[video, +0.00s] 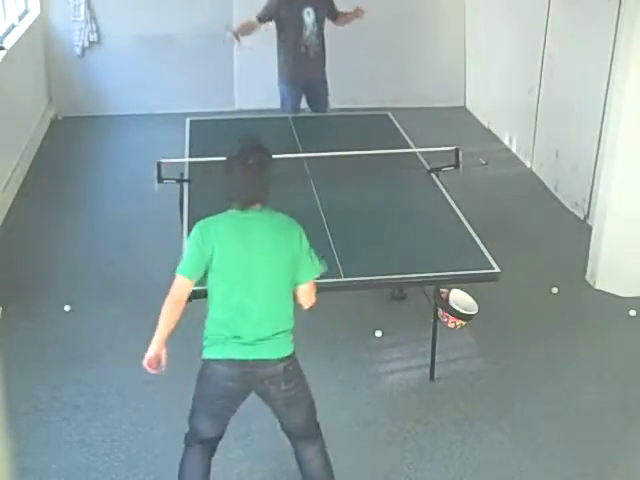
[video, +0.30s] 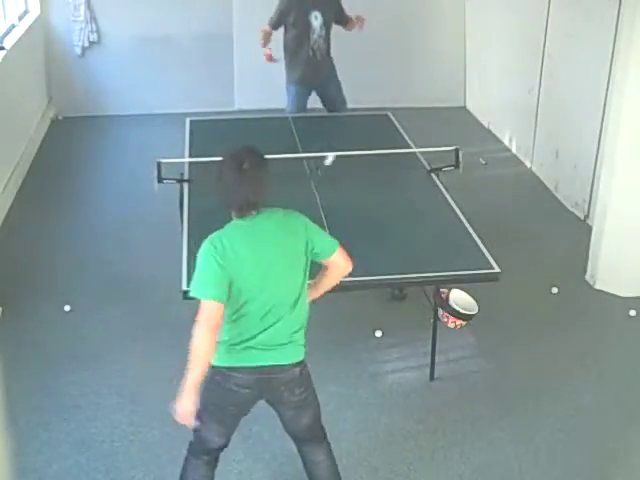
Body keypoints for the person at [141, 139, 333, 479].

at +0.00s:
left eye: (233, 176)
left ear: (227, 182)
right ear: (265, 184)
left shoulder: (207, 230)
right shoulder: (289, 229)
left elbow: (179, 293)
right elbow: (307, 298)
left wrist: (159, 341)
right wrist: (284, 275)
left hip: (223, 365)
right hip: (279, 364)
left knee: (199, 445)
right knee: (308, 442)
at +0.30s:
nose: (222, 186)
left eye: (224, 180)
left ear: (224, 187)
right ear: (264, 184)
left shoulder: (218, 246)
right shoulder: (296, 224)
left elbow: (208, 325)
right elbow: (341, 264)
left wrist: (189, 391)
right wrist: (308, 293)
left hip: (233, 377)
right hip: (288, 373)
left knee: (203, 454)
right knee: (314, 447)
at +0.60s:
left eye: (216, 216)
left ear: (212, 223)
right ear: (251, 222)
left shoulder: (191, 282)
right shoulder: (284, 267)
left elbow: (167, 356)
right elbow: (320, 322)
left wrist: (141, 421)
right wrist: (293, 351)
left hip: (219, 414)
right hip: (280, 407)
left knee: (183, 473)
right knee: (312, 452)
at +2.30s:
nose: (195, 156)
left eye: (195, 149)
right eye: (192, 149)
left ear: (161, 148)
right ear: (173, 151)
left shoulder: (139, 177)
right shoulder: (158, 182)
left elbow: (117, 224)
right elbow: (165, 214)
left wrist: (163, 234)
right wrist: (204, 239)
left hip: (141, 295)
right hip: (130, 301)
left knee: (163, 344)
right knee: (126, 380)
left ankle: (150, 414)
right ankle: (80, 459)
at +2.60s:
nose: (187, 145)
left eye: (184, 139)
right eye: (185, 140)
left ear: (144, 144)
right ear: (177, 145)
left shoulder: (126, 180)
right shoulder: (191, 174)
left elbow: (95, 232)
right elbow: (234, 206)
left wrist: (54, 272)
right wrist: (271, 249)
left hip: (136, 290)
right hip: (172, 298)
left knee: (156, 352)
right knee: (178, 373)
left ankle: (155, 412)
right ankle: (128, 450)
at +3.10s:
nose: (249, 161)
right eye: (251, 156)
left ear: (216, 160)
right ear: (251, 161)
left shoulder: (196, 201)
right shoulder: (268, 204)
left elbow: (166, 256)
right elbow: (287, 258)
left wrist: (140, 305)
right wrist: (306, 277)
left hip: (201, 316)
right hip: (247, 320)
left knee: (182, 378)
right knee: (283, 389)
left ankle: (157, 432)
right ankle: (307, 465)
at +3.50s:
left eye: (242, 189)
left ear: (238, 193)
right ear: (273, 194)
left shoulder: (216, 238)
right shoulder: (297, 238)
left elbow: (188, 300)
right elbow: (322, 299)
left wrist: (145, 349)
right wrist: (300, 285)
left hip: (210, 372)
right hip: (266, 372)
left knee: (186, 448)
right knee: (301, 417)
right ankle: (322, 475)